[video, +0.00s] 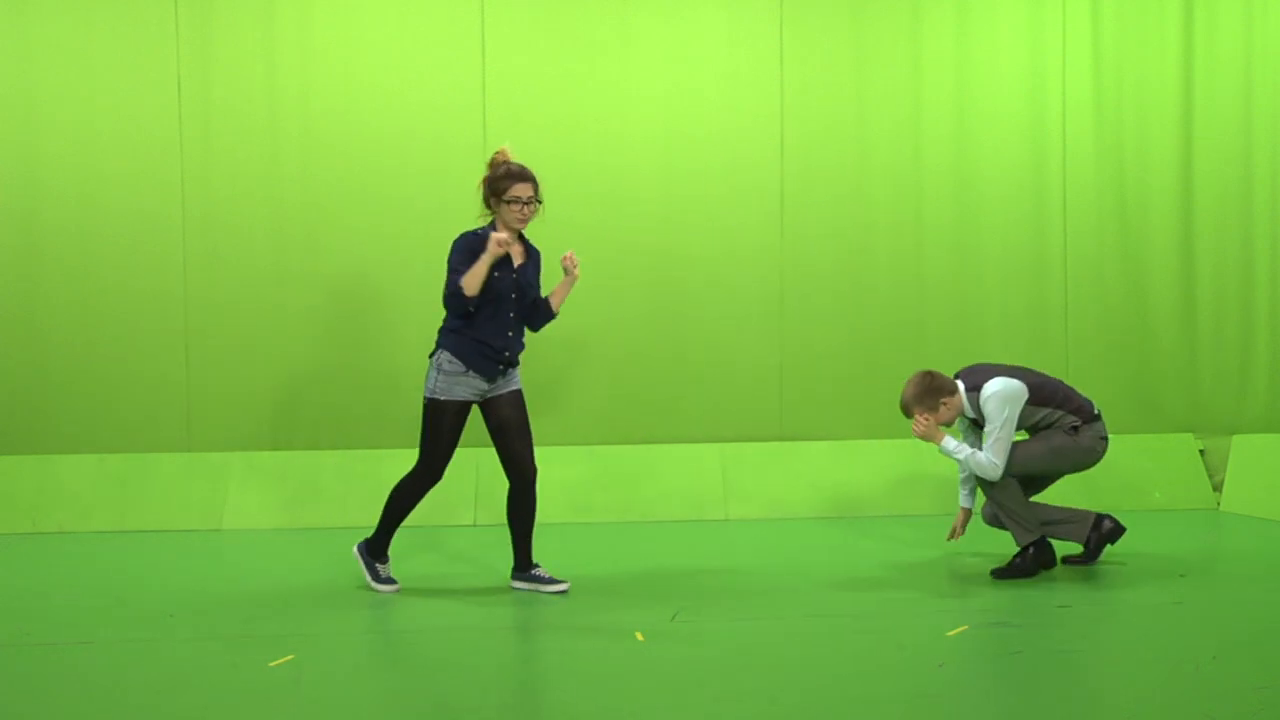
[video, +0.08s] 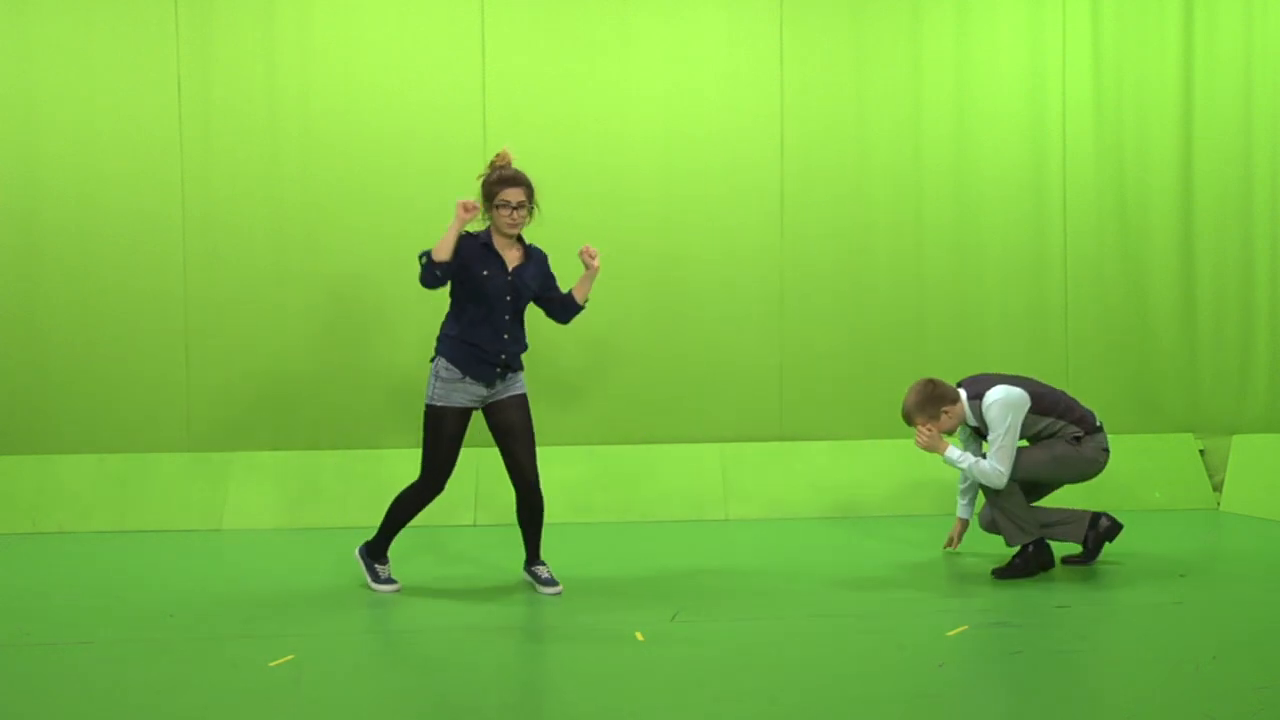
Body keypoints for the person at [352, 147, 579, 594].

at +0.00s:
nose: (524, 210)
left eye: (531, 203)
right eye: (515, 202)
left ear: (537, 206)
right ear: (495, 203)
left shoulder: (529, 254)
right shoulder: (470, 244)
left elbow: (535, 318)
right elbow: (457, 303)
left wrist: (566, 283)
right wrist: (490, 256)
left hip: (502, 372)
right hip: (456, 367)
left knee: (524, 472)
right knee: (430, 469)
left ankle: (524, 568)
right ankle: (374, 549)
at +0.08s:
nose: (513, 213)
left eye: (520, 206)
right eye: (504, 206)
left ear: (530, 209)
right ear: (488, 209)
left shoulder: (534, 259)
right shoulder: (467, 247)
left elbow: (562, 311)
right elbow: (429, 277)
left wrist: (590, 274)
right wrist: (457, 224)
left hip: (506, 377)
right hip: (455, 372)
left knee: (527, 478)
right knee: (434, 479)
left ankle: (534, 562)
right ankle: (375, 550)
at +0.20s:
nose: (501, 227)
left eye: (509, 220)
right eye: (493, 220)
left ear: (521, 227)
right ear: (479, 225)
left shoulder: (534, 276)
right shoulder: (455, 264)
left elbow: (592, 294)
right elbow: (406, 237)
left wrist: (593, 245)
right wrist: (438, 187)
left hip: (514, 395)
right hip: (461, 396)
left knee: (533, 494)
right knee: (437, 502)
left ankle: (532, 565)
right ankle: (367, 554)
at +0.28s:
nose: (496, 215)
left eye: (504, 208)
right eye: (488, 208)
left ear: (516, 214)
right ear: (475, 215)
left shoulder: (539, 262)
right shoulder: (456, 254)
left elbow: (600, 262)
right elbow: (401, 212)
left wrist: (599, 207)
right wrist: (412, 150)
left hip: (520, 387)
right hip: (464, 389)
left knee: (535, 488)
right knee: (444, 493)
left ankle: (533, 563)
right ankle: (375, 551)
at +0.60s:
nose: (480, 184)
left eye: (488, 176)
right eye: (472, 176)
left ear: (502, 178)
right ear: (460, 181)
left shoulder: (527, 209)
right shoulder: (451, 222)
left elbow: (595, 212)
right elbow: (410, 207)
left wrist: (590, 154)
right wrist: (415, 145)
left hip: (522, 352)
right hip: (468, 355)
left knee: (517, 463)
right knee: (467, 466)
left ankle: (525, 566)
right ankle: (453, 560)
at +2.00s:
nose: (477, 162)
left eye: (485, 155)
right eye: (467, 156)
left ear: (497, 164)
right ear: (452, 167)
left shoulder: (522, 207)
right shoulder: (438, 213)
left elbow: (590, 199)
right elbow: (368, 188)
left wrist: (603, 143)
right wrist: (355, 123)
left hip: (518, 348)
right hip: (460, 351)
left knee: (515, 457)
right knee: (467, 463)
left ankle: (526, 558)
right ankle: (464, 566)